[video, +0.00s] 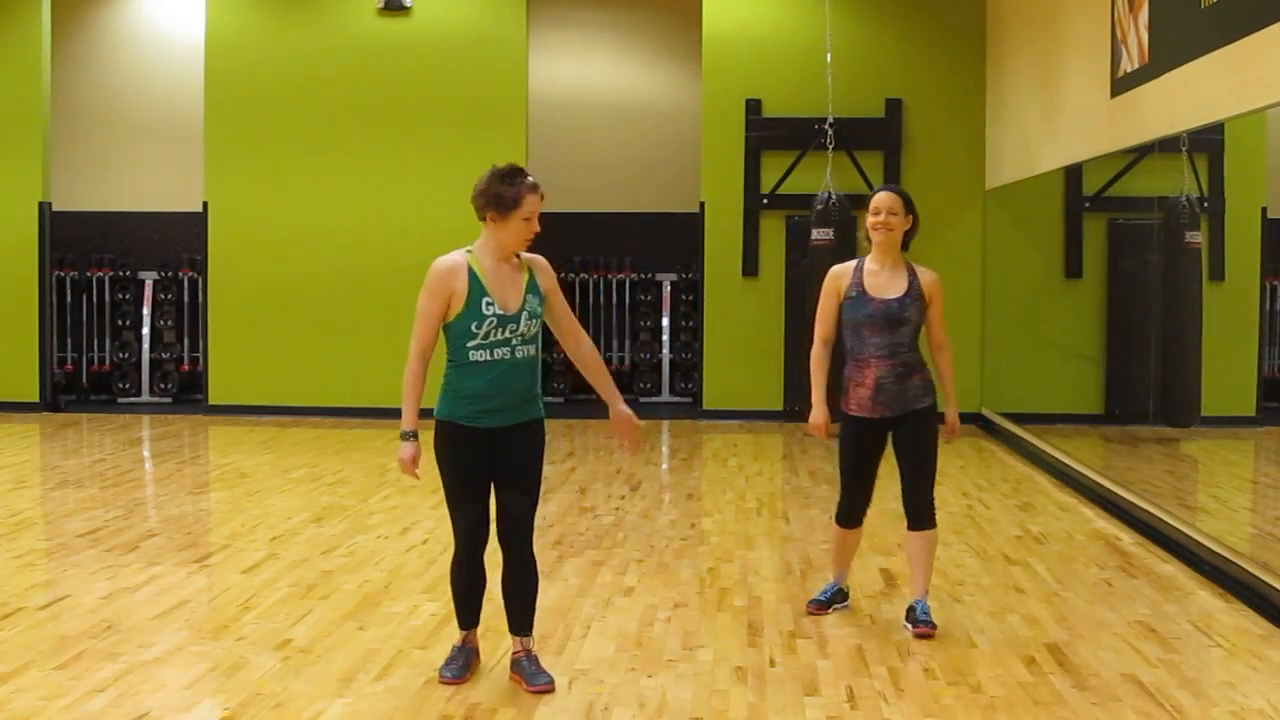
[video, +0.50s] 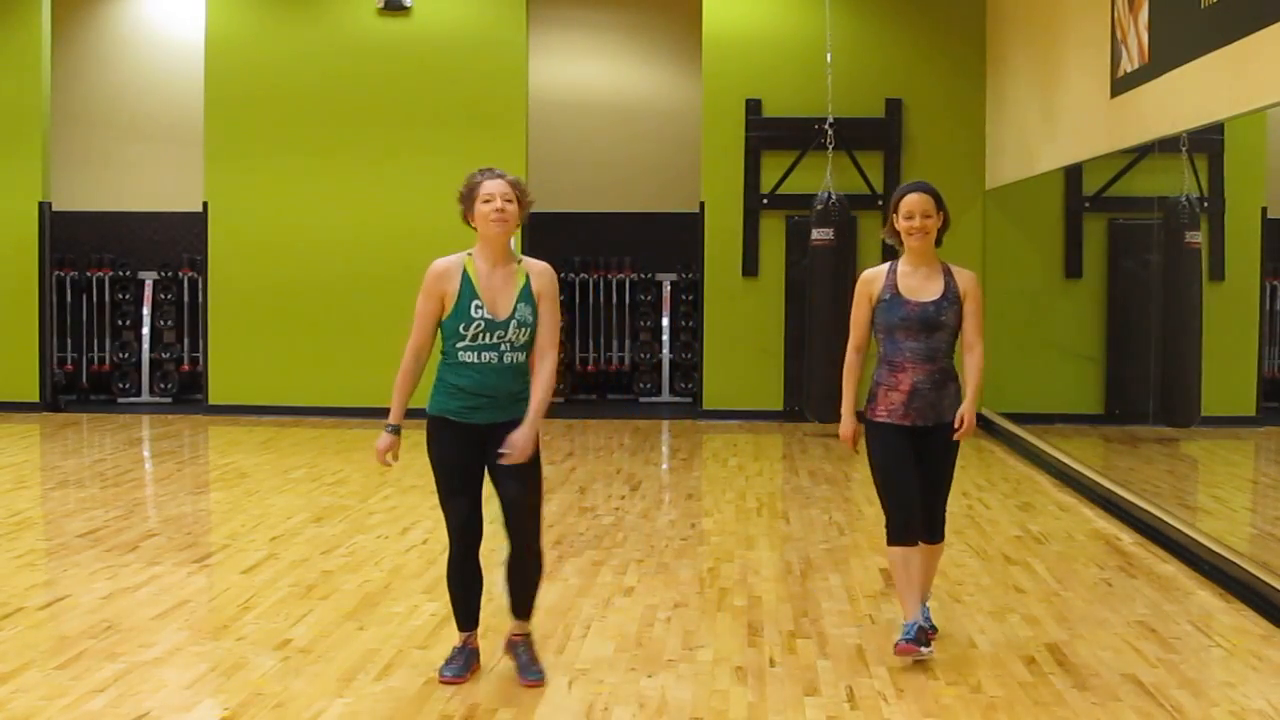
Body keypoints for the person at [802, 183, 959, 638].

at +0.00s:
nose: (881, 219)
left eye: (891, 213)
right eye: (875, 212)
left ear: (908, 223)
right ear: (865, 220)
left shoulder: (925, 281)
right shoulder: (841, 276)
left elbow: (940, 346)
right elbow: (821, 343)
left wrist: (951, 404)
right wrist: (818, 402)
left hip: (915, 406)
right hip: (859, 407)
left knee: (920, 504)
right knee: (852, 502)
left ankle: (921, 602)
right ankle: (837, 585)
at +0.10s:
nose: (891, 222)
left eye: (900, 215)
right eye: (884, 214)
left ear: (916, 224)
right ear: (872, 222)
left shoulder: (934, 284)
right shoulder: (848, 279)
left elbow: (947, 350)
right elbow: (829, 345)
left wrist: (958, 410)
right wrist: (827, 407)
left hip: (928, 413)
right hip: (874, 416)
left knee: (929, 510)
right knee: (869, 513)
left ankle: (921, 603)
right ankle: (841, 578)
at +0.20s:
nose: (898, 221)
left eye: (908, 214)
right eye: (891, 214)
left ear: (923, 223)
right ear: (880, 222)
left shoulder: (943, 283)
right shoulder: (856, 278)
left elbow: (955, 351)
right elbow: (839, 346)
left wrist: (963, 412)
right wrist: (837, 407)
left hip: (934, 412)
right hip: (881, 415)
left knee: (933, 511)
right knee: (889, 513)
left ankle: (920, 603)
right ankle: (857, 572)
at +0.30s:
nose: (907, 219)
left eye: (916, 212)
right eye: (899, 212)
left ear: (930, 219)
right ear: (887, 219)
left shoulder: (951, 279)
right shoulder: (863, 275)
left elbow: (963, 348)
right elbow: (846, 343)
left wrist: (967, 409)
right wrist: (844, 406)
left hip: (937, 409)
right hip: (884, 409)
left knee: (932, 507)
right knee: (900, 503)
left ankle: (922, 602)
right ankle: (887, 589)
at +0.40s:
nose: (913, 220)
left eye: (922, 212)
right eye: (904, 213)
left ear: (936, 219)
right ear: (891, 220)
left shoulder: (958, 278)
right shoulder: (869, 276)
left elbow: (968, 346)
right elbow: (852, 345)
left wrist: (967, 403)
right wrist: (847, 408)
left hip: (939, 411)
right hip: (885, 412)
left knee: (932, 511)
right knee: (904, 509)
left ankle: (922, 602)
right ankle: (905, 612)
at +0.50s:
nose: (918, 223)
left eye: (926, 215)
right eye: (909, 216)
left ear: (941, 221)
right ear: (895, 223)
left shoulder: (963, 282)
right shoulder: (873, 280)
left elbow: (972, 347)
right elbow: (855, 349)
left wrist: (970, 400)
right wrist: (847, 411)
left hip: (941, 415)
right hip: (886, 414)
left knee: (932, 515)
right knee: (903, 515)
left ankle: (921, 604)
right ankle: (911, 620)